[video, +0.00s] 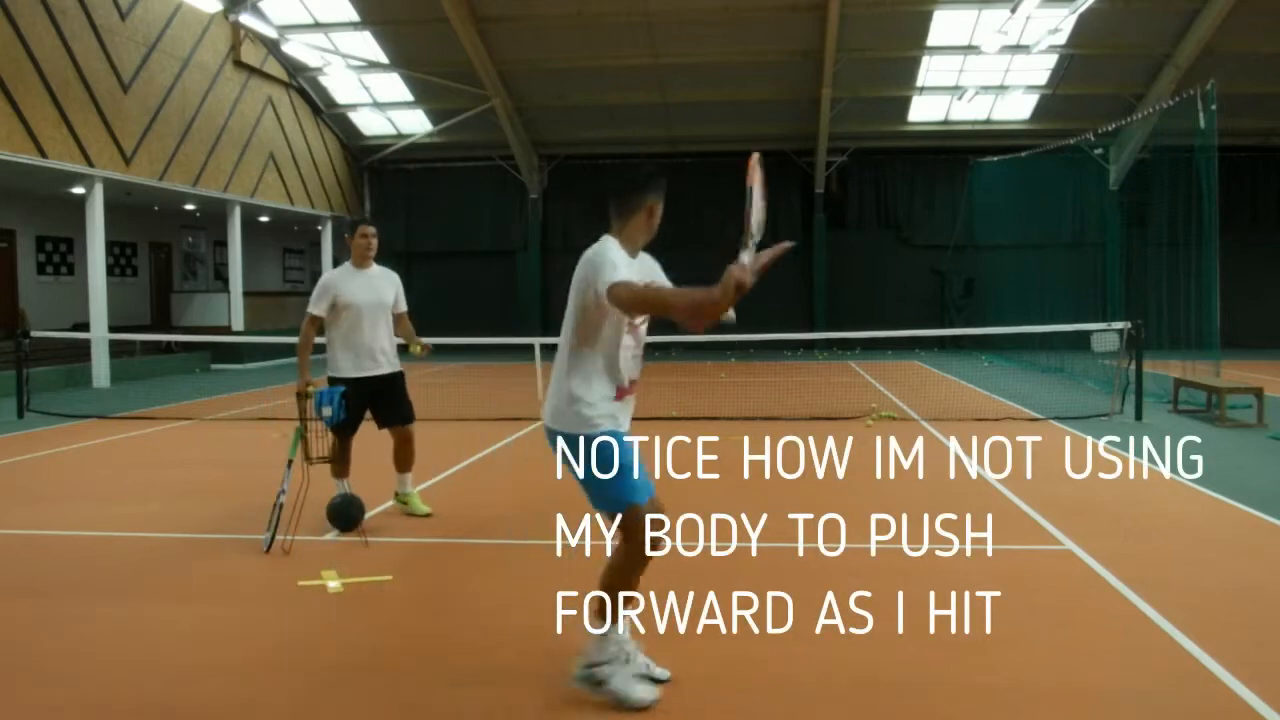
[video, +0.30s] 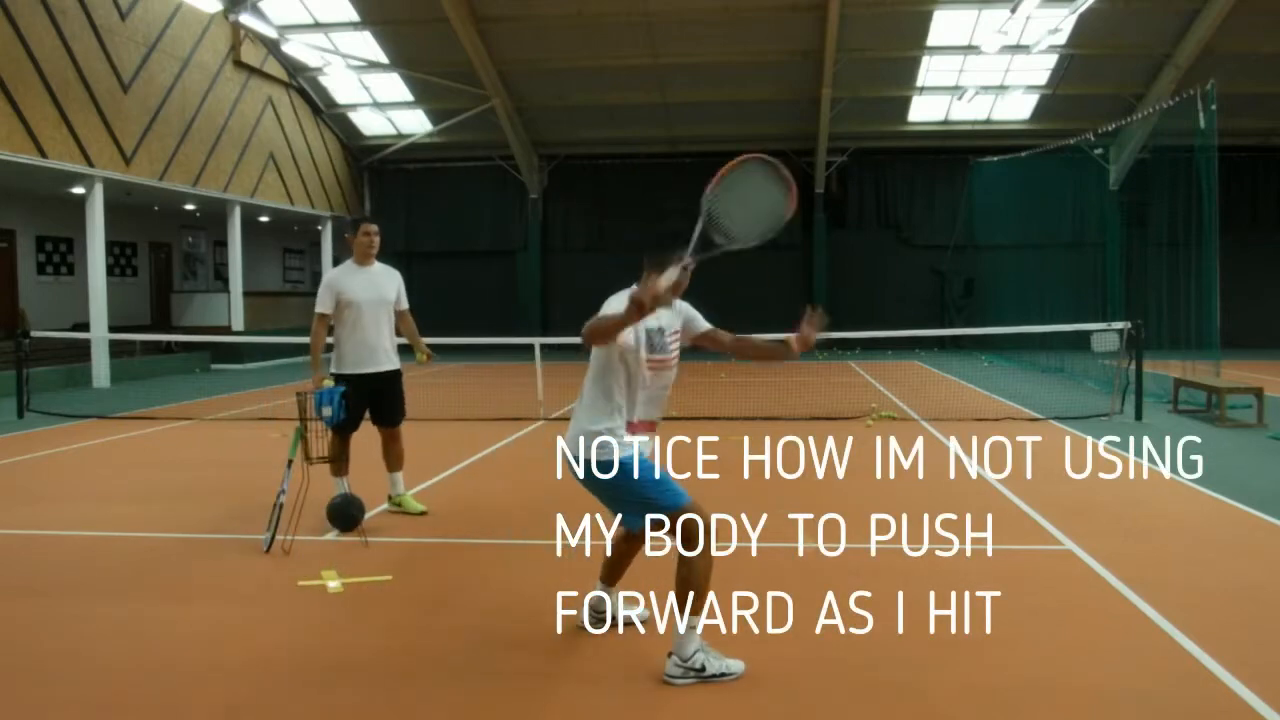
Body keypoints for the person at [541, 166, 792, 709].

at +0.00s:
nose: (657, 217)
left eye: (656, 210)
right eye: (657, 209)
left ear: (625, 209)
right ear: (649, 210)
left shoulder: (644, 264)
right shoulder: (602, 257)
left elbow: (695, 319)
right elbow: (631, 298)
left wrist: (737, 280)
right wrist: (717, 295)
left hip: (608, 415)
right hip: (582, 416)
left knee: (643, 525)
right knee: (643, 526)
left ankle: (613, 640)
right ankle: (598, 654)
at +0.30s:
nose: (684, 279)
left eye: (686, 271)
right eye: (676, 269)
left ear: (685, 278)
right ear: (652, 271)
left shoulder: (679, 313)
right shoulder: (623, 304)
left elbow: (730, 343)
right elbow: (590, 335)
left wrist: (793, 344)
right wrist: (634, 315)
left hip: (624, 443)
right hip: (598, 445)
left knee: (638, 522)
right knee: (694, 524)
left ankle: (599, 605)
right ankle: (686, 652)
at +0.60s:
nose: (681, 282)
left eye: (683, 274)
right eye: (675, 274)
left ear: (675, 275)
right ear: (652, 273)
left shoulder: (673, 308)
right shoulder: (622, 319)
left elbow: (705, 339)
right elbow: (615, 378)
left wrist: (744, 368)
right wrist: (603, 428)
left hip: (631, 440)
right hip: (603, 444)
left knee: (642, 518)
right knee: (681, 526)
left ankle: (600, 602)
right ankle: (679, 646)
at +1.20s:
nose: (587, 234)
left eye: (555, 226)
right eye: (591, 226)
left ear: (548, 228)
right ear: (592, 229)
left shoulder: (562, 288)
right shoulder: (600, 272)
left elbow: (577, 367)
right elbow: (579, 311)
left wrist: (512, 398)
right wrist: (535, 302)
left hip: (587, 438)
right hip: (630, 430)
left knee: (528, 537)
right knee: (664, 520)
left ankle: (549, 662)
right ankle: (729, 611)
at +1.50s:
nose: (538, 197)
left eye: (517, 190)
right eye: (539, 190)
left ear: (493, 193)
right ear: (537, 195)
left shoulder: (489, 244)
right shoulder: (558, 252)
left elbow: (515, 311)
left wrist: (486, 385)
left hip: (514, 409)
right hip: (563, 406)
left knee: (481, 526)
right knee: (552, 516)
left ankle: (526, 648)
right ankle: (565, 642)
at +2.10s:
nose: (444, 196)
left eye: (438, 188)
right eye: (444, 189)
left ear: (391, 194)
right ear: (438, 193)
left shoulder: (361, 255)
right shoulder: (449, 258)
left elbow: (347, 342)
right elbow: (462, 350)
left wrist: (403, 353)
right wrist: (486, 390)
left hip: (365, 432)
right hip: (428, 431)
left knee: (368, 567)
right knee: (479, 559)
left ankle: (350, 694)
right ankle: (523, 685)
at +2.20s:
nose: (445, 198)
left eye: (434, 190)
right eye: (445, 190)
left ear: (395, 195)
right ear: (440, 194)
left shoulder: (367, 259)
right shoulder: (443, 262)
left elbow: (383, 341)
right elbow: (453, 355)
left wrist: (453, 337)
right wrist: (468, 393)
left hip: (362, 440)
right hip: (423, 440)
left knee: (373, 566)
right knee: (478, 563)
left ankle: (350, 695)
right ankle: (485, 702)